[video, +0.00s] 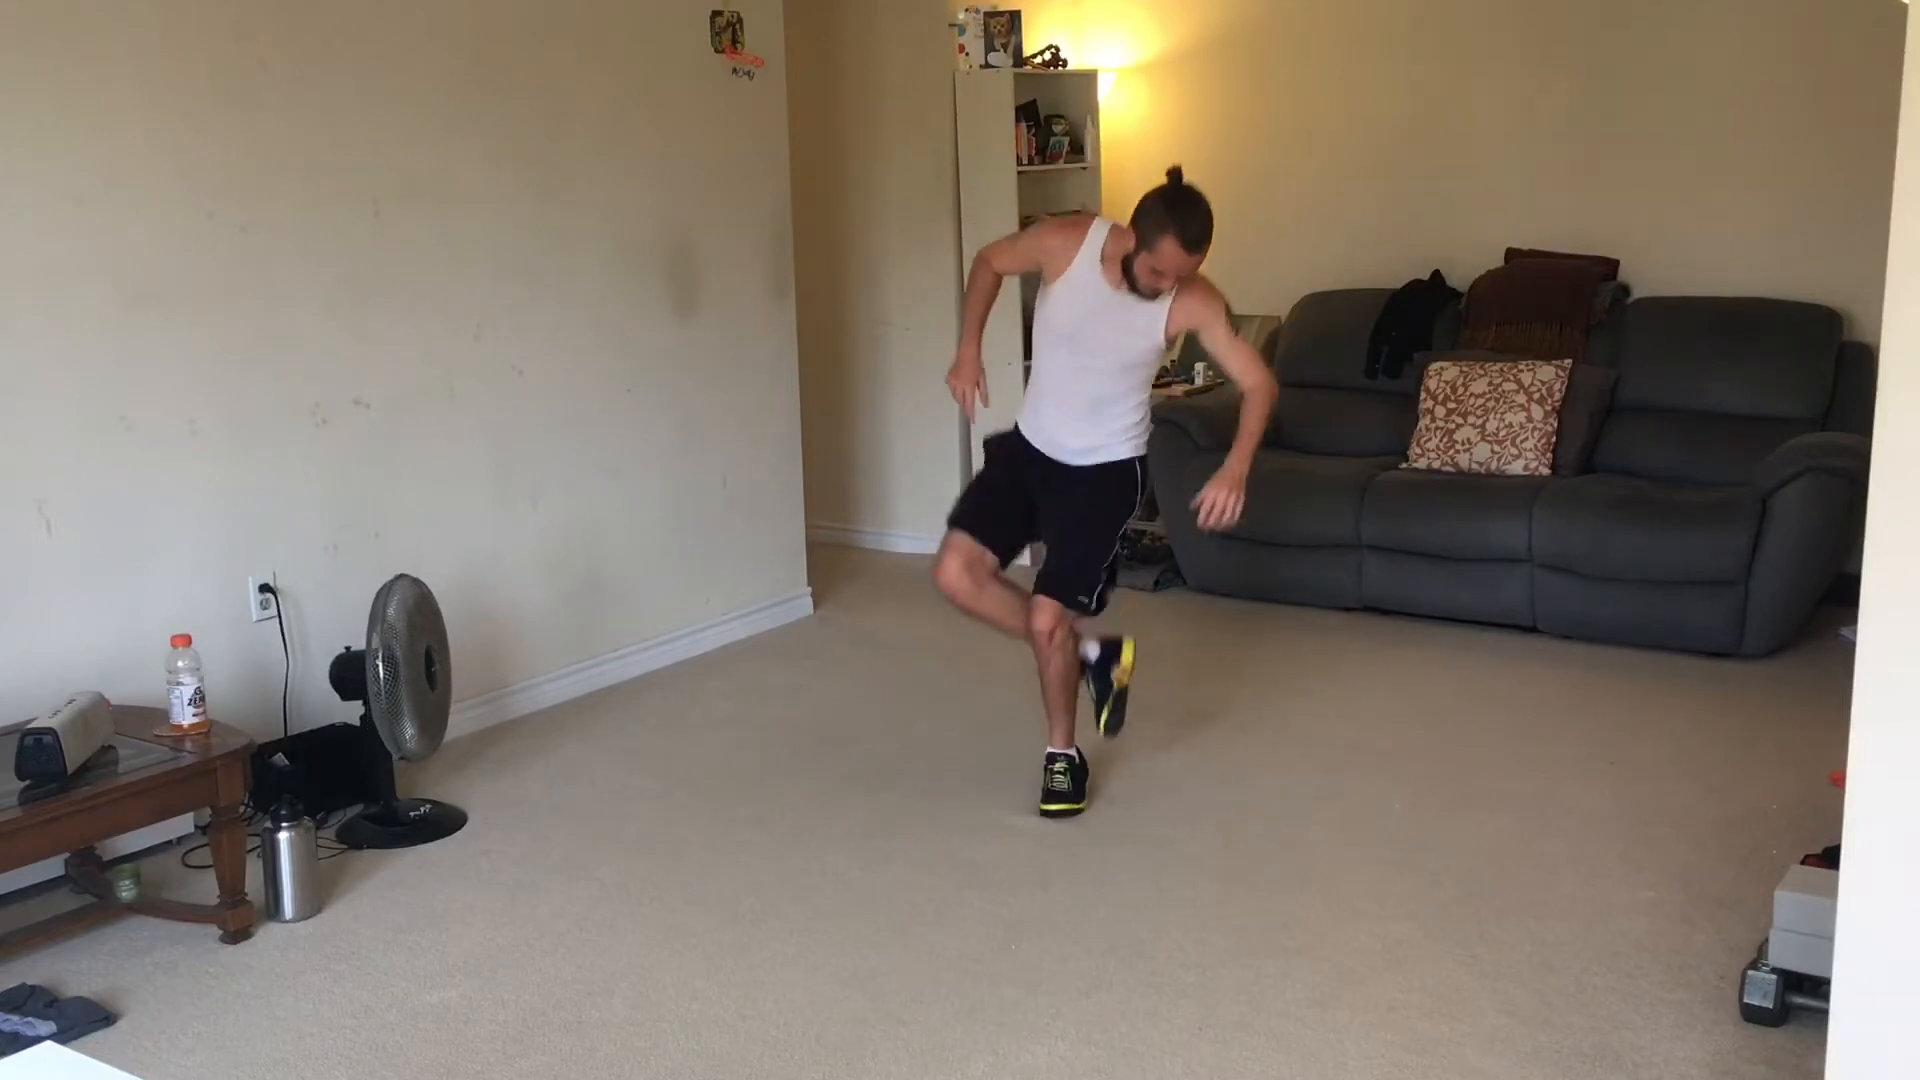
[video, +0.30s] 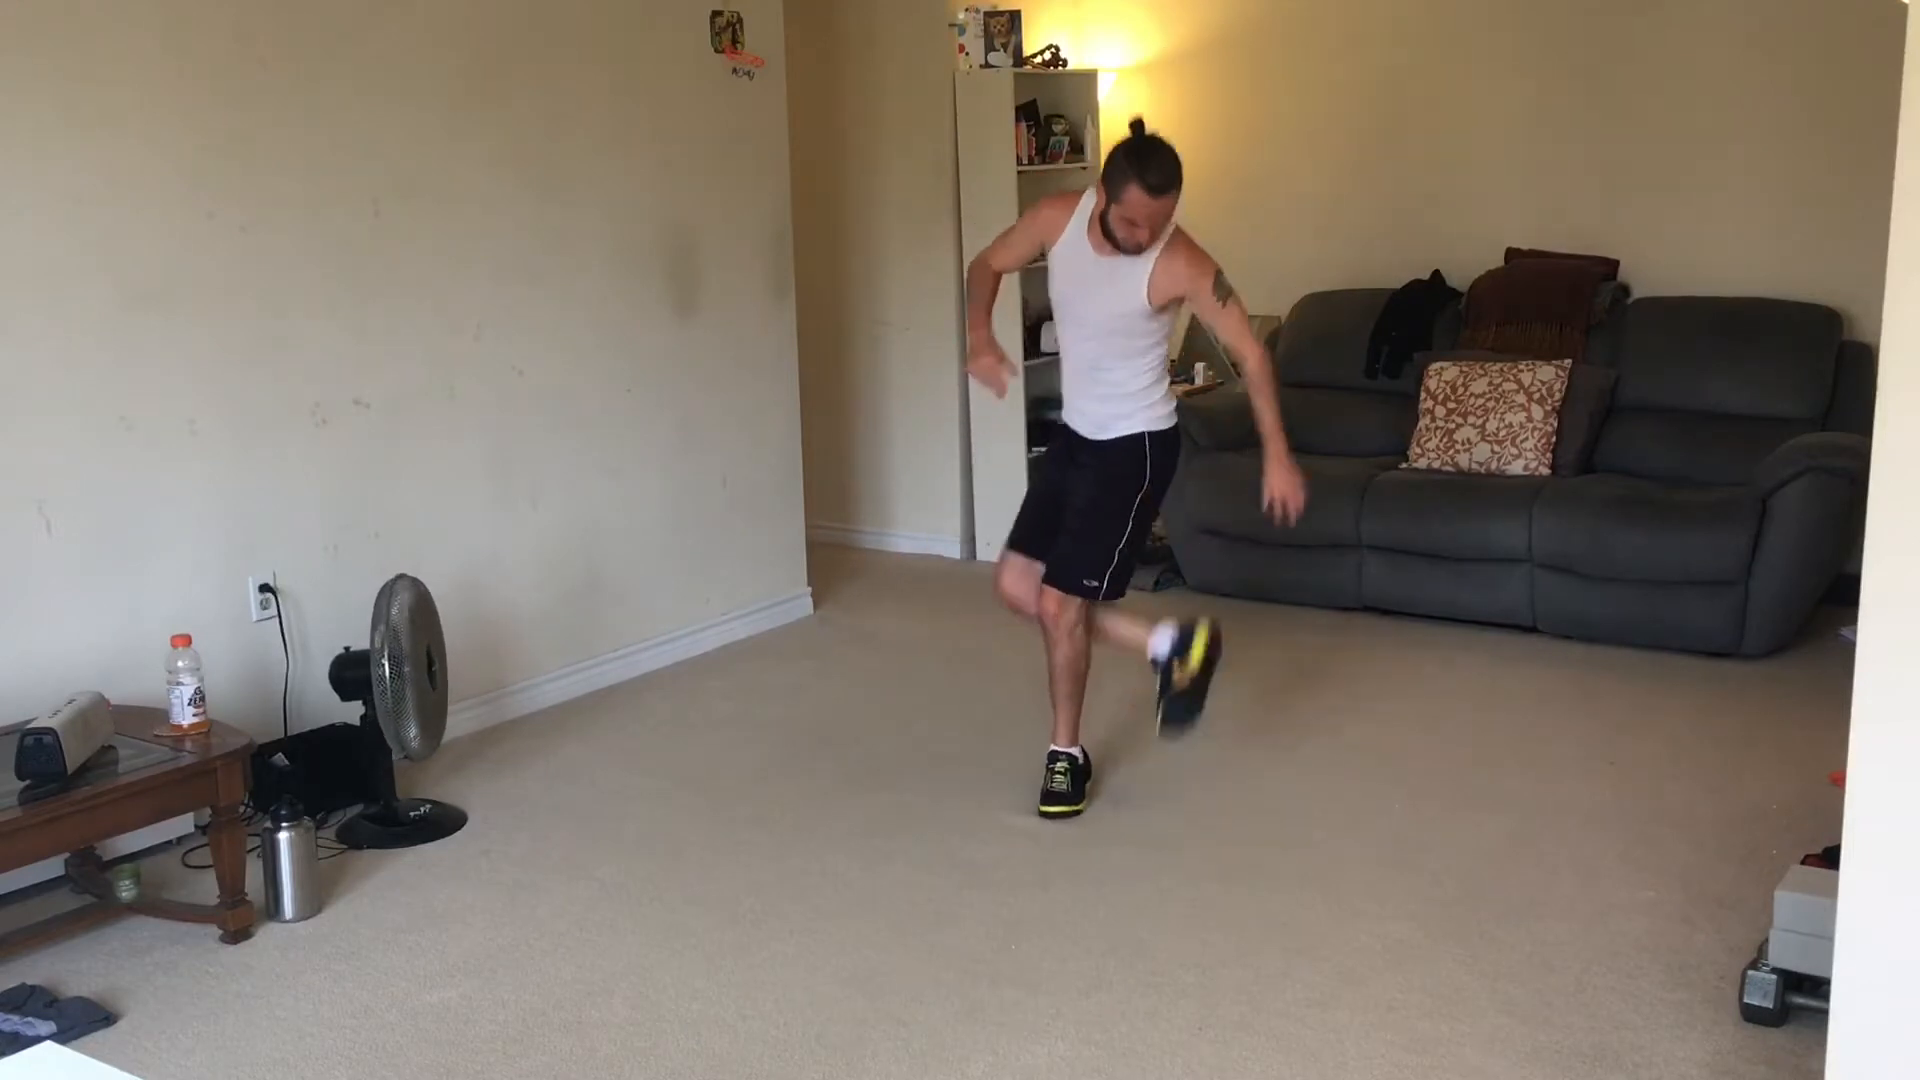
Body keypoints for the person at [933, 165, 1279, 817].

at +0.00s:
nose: (1163, 288)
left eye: (1178, 279)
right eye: (1155, 273)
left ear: (1197, 260)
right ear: (1129, 238)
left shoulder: (1193, 302)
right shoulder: (1067, 240)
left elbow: (1261, 385)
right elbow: (988, 262)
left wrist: (1235, 470)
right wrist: (968, 350)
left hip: (1104, 471)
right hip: (1028, 450)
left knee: (1048, 623)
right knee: (957, 574)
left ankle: (1062, 755)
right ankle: (1094, 653)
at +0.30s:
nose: (1141, 237)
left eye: (1156, 226)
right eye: (1130, 223)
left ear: (1174, 205)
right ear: (1103, 195)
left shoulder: (1182, 265)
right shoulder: (1058, 219)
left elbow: (1250, 353)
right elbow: (986, 266)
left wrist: (1278, 455)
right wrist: (980, 339)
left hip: (1139, 444)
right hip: (1073, 435)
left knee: (1060, 602)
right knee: (1016, 584)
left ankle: (1064, 752)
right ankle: (1168, 642)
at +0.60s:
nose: (1224, 200)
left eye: (1238, 190)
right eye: (1214, 184)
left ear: (1252, 177)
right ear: (1187, 159)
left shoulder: (1249, 236)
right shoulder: (1116, 203)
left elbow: (1325, 314)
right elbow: (1041, 261)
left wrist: (1342, 378)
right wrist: (997, 324)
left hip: (1195, 436)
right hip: (1105, 426)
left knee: (1212, 601)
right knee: (1070, 604)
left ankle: (1256, 721)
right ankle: (1167, 620)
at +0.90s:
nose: (1095, 297)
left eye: (1097, 281)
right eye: (1081, 293)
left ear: (1116, 245)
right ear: (1067, 275)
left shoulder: (1192, 255)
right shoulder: (1078, 284)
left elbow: (1316, 290)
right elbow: (1009, 349)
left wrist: (1429, 327)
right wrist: (968, 381)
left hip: (1221, 446)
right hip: (1150, 444)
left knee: (1147, 599)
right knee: (1087, 599)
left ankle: (1226, 707)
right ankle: (1147, 709)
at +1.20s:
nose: (1114, 202)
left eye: (1122, 187)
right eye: (1100, 193)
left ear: (1147, 154)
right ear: (1086, 176)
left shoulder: (1204, 191)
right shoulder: (1086, 191)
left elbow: (1294, 253)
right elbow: (1009, 211)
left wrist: (1324, 358)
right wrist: (955, 254)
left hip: (1211, 354)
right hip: (1143, 358)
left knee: (1086, 429)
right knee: (1120, 523)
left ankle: (1072, 605)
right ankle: (1145, 682)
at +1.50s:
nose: (1118, 165)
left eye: (1134, 153)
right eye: (1110, 150)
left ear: (1171, 140)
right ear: (1104, 137)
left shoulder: (1201, 204)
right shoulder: (1117, 191)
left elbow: (1148, 288)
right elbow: (1133, 303)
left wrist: (1044, 241)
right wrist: (1093, 358)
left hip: (1171, 412)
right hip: (1104, 396)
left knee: (1160, 582)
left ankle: (1197, 730)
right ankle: (1060, 647)